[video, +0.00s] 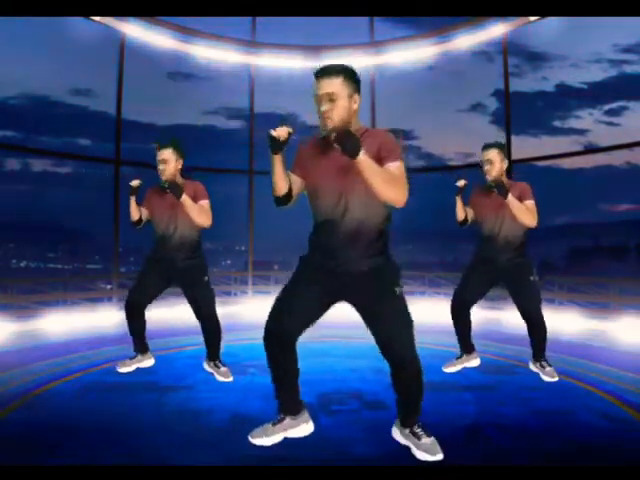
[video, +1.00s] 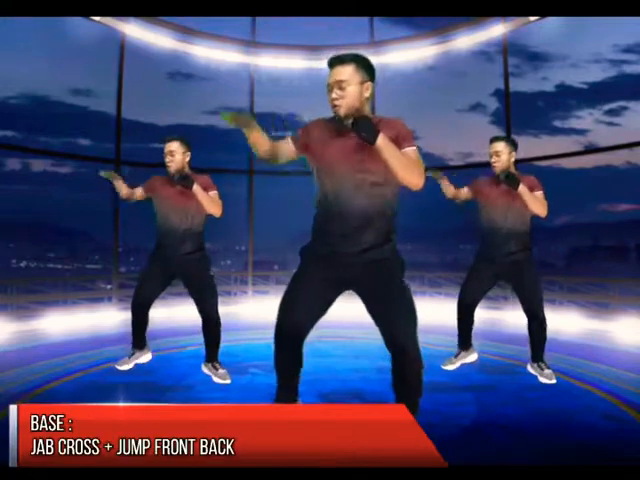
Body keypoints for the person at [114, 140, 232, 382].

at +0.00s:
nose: (160, 167)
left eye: (164, 162)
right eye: (158, 163)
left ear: (179, 163)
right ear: (156, 165)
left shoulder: (195, 188)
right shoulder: (154, 193)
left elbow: (205, 220)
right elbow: (137, 219)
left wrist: (180, 194)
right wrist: (133, 196)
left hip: (191, 263)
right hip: (161, 263)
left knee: (208, 315)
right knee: (134, 304)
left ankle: (213, 360)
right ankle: (142, 354)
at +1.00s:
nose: (168, 159)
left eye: (173, 154)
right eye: (166, 155)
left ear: (187, 156)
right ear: (164, 158)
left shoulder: (202, 182)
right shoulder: (157, 183)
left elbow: (216, 210)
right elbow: (130, 195)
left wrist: (193, 184)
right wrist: (117, 182)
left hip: (194, 259)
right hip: (163, 258)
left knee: (210, 312)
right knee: (140, 303)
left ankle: (212, 362)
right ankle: (140, 350)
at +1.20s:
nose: (154, 159)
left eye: (158, 155)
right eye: (153, 155)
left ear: (173, 156)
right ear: (155, 158)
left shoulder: (189, 183)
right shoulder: (155, 183)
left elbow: (195, 216)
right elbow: (145, 197)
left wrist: (173, 192)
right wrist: (136, 191)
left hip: (180, 257)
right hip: (157, 256)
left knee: (194, 309)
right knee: (136, 300)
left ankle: (218, 359)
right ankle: (141, 352)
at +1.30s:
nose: (152, 161)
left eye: (155, 156)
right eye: (152, 156)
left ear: (168, 158)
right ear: (158, 159)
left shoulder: (179, 181)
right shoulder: (161, 181)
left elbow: (166, 201)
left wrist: (147, 183)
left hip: (175, 256)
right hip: (158, 254)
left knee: (184, 309)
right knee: (136, 298)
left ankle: (221, 356)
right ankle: (142, 352)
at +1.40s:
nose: (156, 159)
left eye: (160, 155)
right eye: (156, 155)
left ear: (170, 157)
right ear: (164, 157)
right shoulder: (168, 178)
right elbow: (156, 206)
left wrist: (106, 169)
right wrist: (154, 185)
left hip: (176, 253)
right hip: (162, 252)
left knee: (184, 312)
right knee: (139, 298)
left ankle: (218, 359)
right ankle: (141, 352)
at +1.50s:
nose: (157, 159)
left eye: (161, 155)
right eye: (157, 156)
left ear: (171, 156)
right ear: (165, 158)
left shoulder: (181, 177)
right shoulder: (167, 179)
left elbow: (146, 183)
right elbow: (156, 207)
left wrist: (121, 173)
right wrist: (151, 182)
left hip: (182, 257)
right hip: (164, 256)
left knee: (192, 312)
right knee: (142, 299)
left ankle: (221, 360)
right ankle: (142, 352)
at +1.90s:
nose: (161, 166)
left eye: (165, 161)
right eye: (160, 161)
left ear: (181, 160)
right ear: (166, 164)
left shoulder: (202, 184)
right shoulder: (167, 192)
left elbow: (208, 213)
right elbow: (151, 219)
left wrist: (178, 189)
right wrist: (144, 197)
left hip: (198, 263)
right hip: (171, 262)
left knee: (205, 317)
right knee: (143, 303)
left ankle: (223, 364)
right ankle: (142, 352)